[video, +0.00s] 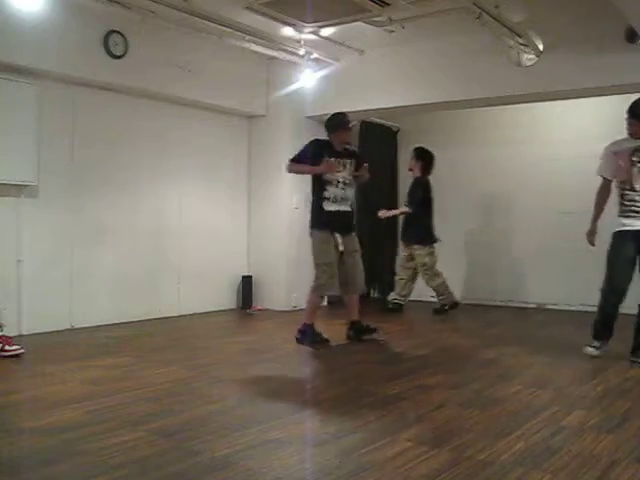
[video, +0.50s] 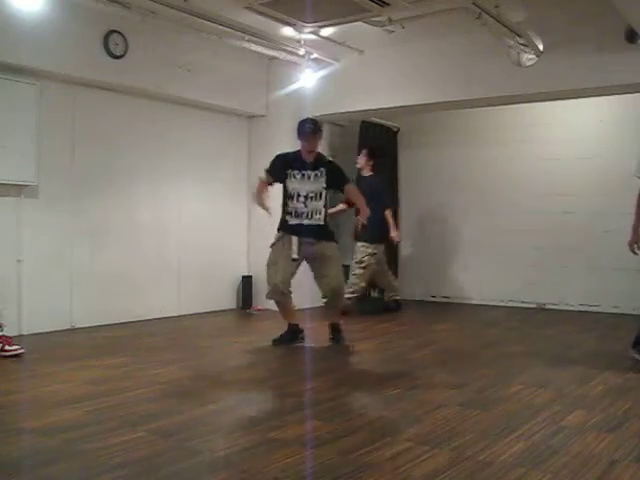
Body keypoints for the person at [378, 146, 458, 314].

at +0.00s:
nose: (409, 162)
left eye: (413, 159)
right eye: (411, 159)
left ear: (419, 163)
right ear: (422, 164)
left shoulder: (421, 184)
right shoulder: (418, 183)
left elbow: (411, 208)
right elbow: (417, 210)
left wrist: (389, 213)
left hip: (421, 237)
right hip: (410, 236)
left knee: (428, 272)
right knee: (405, 272)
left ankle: (447, 299)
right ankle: (397, 300)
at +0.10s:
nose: (398, 161)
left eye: (400, 158)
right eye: (399, 158)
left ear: (407, 161)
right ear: (412, 162)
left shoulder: (409, 182)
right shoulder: (407, 181)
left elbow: (404, 209)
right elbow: (404, 208)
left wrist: (389, 226)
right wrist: (393, 225)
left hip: (409, 234)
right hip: (402, 234)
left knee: (410, 268)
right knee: (400, 269)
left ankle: (437, 293)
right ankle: (397, 299)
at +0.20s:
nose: (387, 159)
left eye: (391, 156)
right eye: (389, 156)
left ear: (398, 161)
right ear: (398, 160)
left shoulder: (399, 181)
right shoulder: (398, 180)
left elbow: (396, 209)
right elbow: (395, 209)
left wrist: (397, 232)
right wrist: (391, 230)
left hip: (396, 234)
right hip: (395, 233)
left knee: (392, 267)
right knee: (395, 268)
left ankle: (419, 290)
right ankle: (396, 298)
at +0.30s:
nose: (377, 159)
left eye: (381, 156)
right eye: (378, 156)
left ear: (390, 160)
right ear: (383, 161)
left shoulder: (395, 180)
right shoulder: (380, 180)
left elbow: (398, 208)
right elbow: (370, 205)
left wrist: (399, 230)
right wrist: (358, 221)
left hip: (387, 231)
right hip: (379, 230)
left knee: (375, 260)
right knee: (391, 266)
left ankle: (391, 294)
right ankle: (395, 297)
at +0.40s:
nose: (367, 160)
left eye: (371, 157)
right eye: (368, 157)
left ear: (379, 161)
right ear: (372, 161)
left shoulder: (386, 181)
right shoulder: (369, 181)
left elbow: (396, 206)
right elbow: (357, 205)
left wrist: (397, 229)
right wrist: (336, 215)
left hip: (382, 230)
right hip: (372, 229)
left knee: (366, 262)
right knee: (383, 266)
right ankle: (394, 297)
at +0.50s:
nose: (357, 159)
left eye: (361, 157)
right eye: (359, 156)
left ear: (369, 161)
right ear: (365, 162)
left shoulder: (376, 181)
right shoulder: (360, 180)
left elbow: (386, 207)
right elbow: (349, 202)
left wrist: (393, 229)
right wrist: (328, 212)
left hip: (374, 230)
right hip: (365, 229)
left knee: (360, 267)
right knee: (378, 268)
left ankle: (349, 299)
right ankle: (393, 295)